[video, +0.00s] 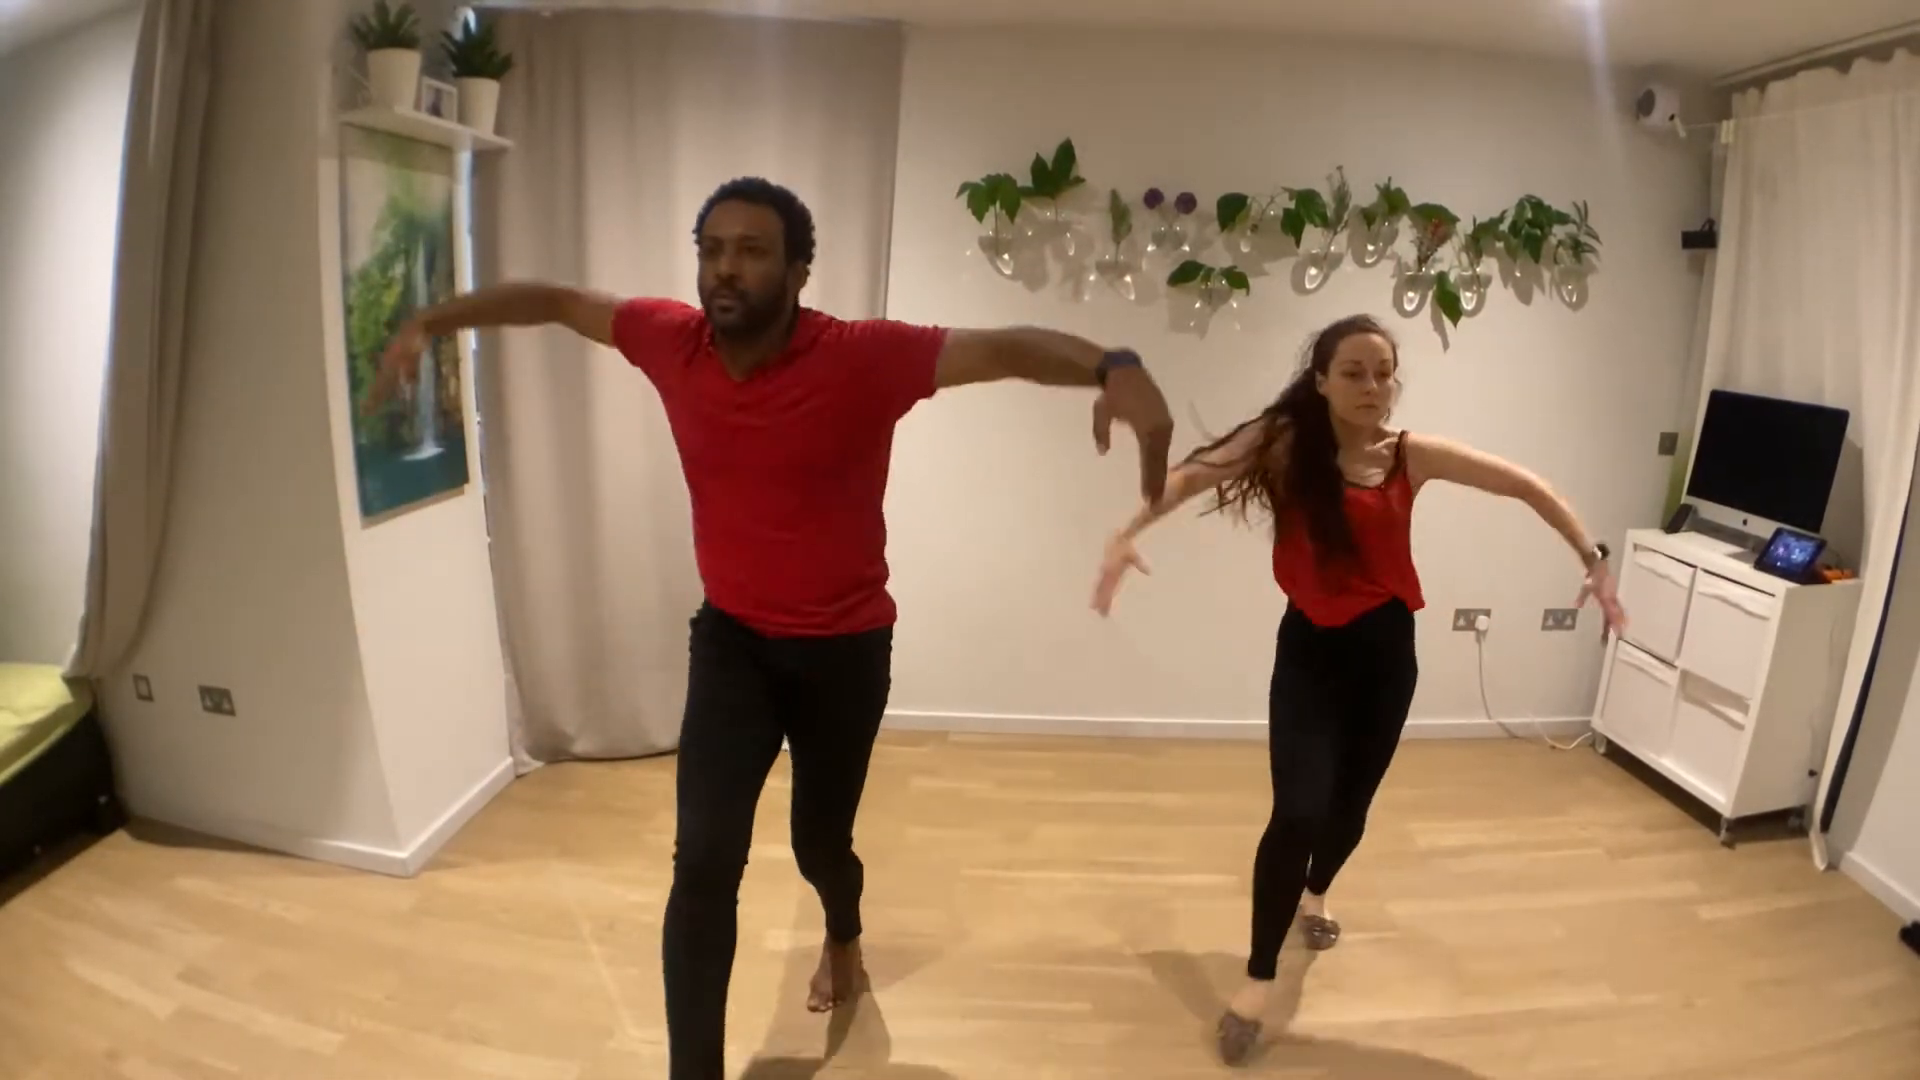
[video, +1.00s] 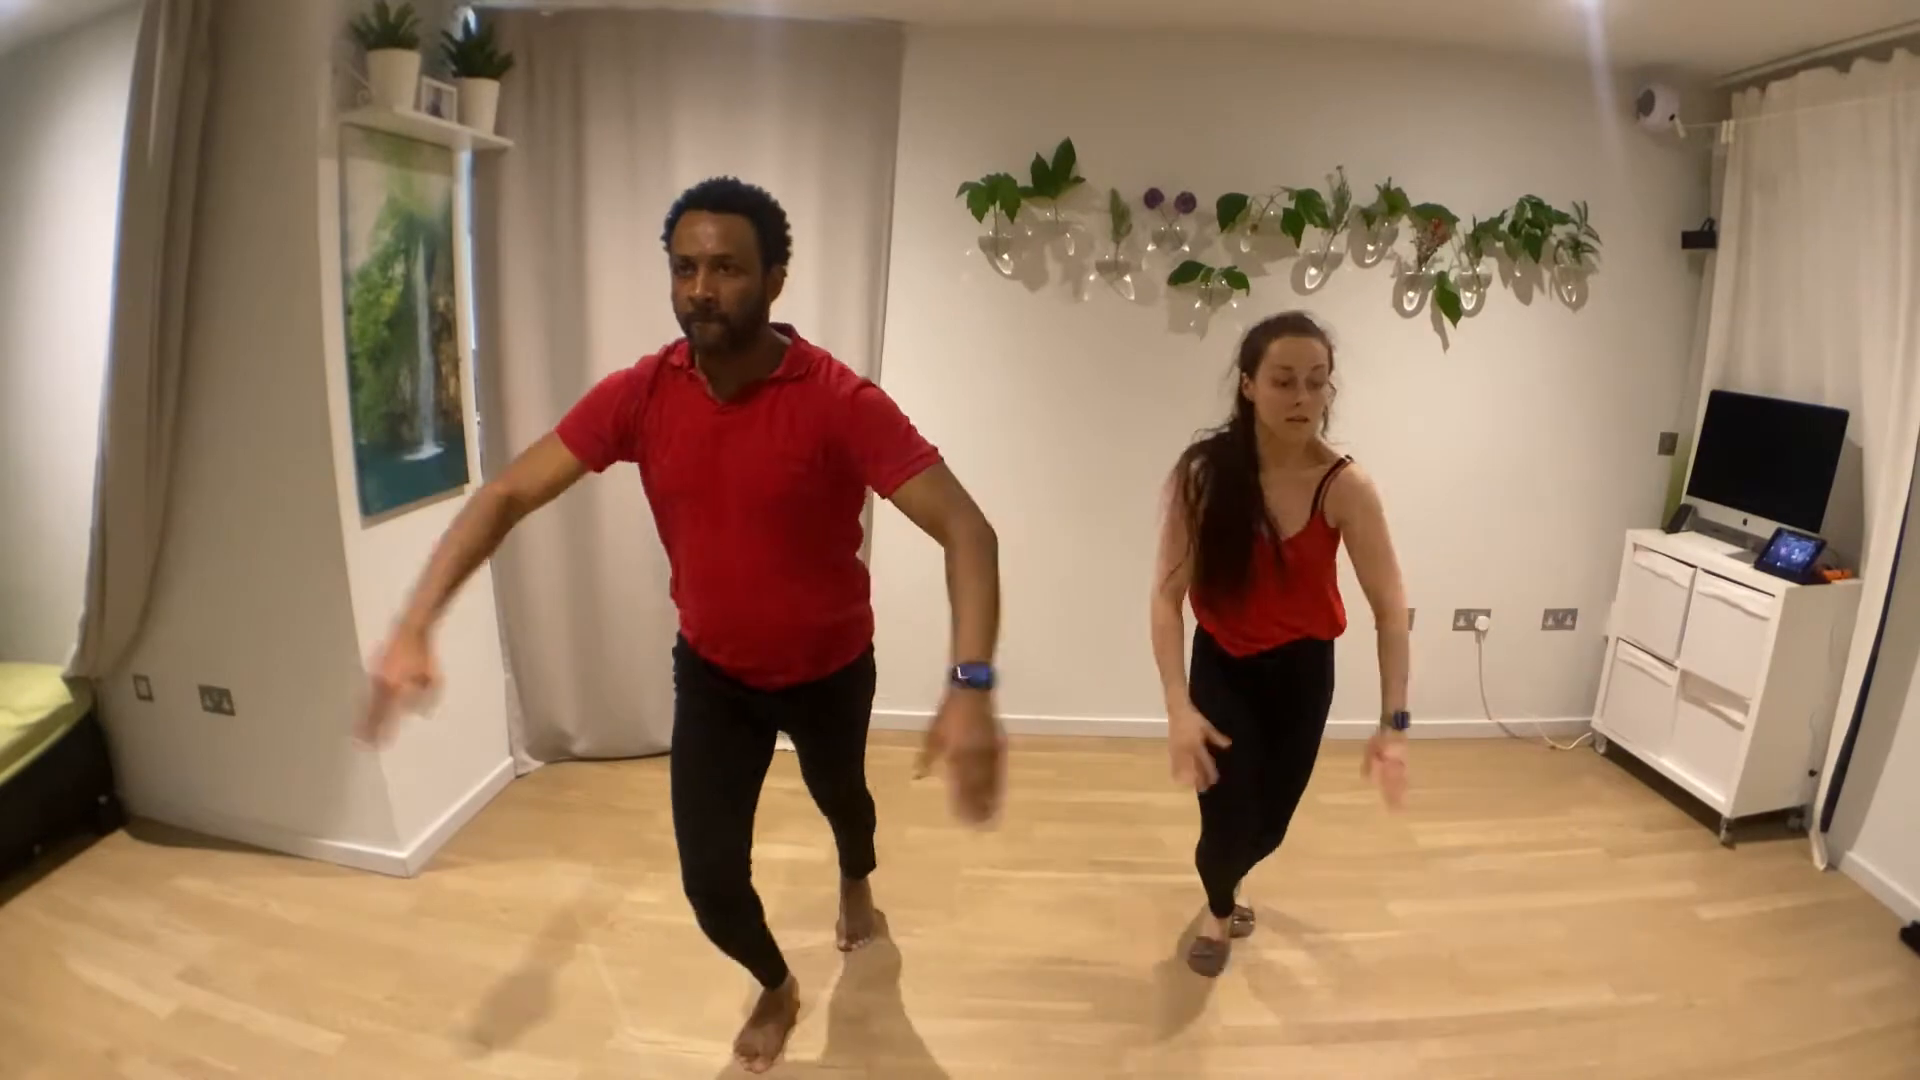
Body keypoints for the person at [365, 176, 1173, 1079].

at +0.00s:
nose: (729, 270)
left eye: (753, 253)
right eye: (715, 251)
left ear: (800, 271)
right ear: (696, 262)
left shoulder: (867, 356)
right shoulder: (670, 340)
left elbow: (1009, 350)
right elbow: (557, 303)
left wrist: (1117, 364)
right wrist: (432, 317)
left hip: (845, 645)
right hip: (733, 638)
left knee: (818, 842)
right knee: (705, 862)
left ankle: (843, 939)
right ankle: (693, 1073)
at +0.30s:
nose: (666, 267)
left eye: (696, 246)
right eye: (652, 245)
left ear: (752, 269)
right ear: (636, 259)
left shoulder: (817, 383)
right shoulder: (622, 376)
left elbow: (984, 384)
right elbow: (552, 376)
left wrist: (1097, 316)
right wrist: (452, 281)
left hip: (794, 727)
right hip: (663, 723)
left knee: (805, 912)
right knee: (645, 981)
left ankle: (836, 956)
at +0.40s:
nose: (650, 278)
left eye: (681, 254)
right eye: (637, 256)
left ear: (742, 278)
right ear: (621, 272)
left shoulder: (807, 408)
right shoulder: (615, 403)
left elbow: (984, 451)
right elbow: (538, 458)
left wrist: (1112, 366)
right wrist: (429, 357)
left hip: (774, 747)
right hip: (645, 743)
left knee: (785, 949)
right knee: (620, 1011)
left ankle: (843, 953)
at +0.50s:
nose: (647, 293)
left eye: (675, 272)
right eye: (633, 272)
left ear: (737, 291)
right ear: (617, 289)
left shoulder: (808, 430)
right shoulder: (607, 428)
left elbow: (986, 512)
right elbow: (505, 515)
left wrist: (1146, 466)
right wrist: (375, 422)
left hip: (767, 759)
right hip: (638, 756)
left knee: (781, 957)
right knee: (620, 1021)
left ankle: (848, 930)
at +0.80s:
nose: (681, 300)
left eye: (709, 281)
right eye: (669, 279)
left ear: (767, 293)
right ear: (656, 290)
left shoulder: (836, 417)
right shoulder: (627, 409)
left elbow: (977, 500)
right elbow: (458, 452)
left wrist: (1123, 571)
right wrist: (302, 472)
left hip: (827, 692)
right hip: (707, 694)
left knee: (839, 818)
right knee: (690, 922)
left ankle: (856, 891)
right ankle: (684, 1076)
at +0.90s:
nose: (698, 295)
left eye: (723, 275)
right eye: (683, 274)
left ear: (772, 288)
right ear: (665, 285)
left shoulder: (837, 406)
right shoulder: (630, 400)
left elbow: (956, 509)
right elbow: (474, 468)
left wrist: (1061, 602)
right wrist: (322, 519)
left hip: (832, 667)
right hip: (717, 669)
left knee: (846, 796)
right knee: (692, 892)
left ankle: (855, 887)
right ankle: (741, 1047)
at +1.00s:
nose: (700, 290)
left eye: (725, 268)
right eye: (685, 269)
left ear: (775, 283)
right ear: (669, 279)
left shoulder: (836, 401)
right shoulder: (640, 396)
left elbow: (967, 530)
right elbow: (506, 496)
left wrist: (971, 684)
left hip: (830, 667)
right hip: (716, 670)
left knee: (843, 796)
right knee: (714, 894)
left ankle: (858, 884)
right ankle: (776, 986)